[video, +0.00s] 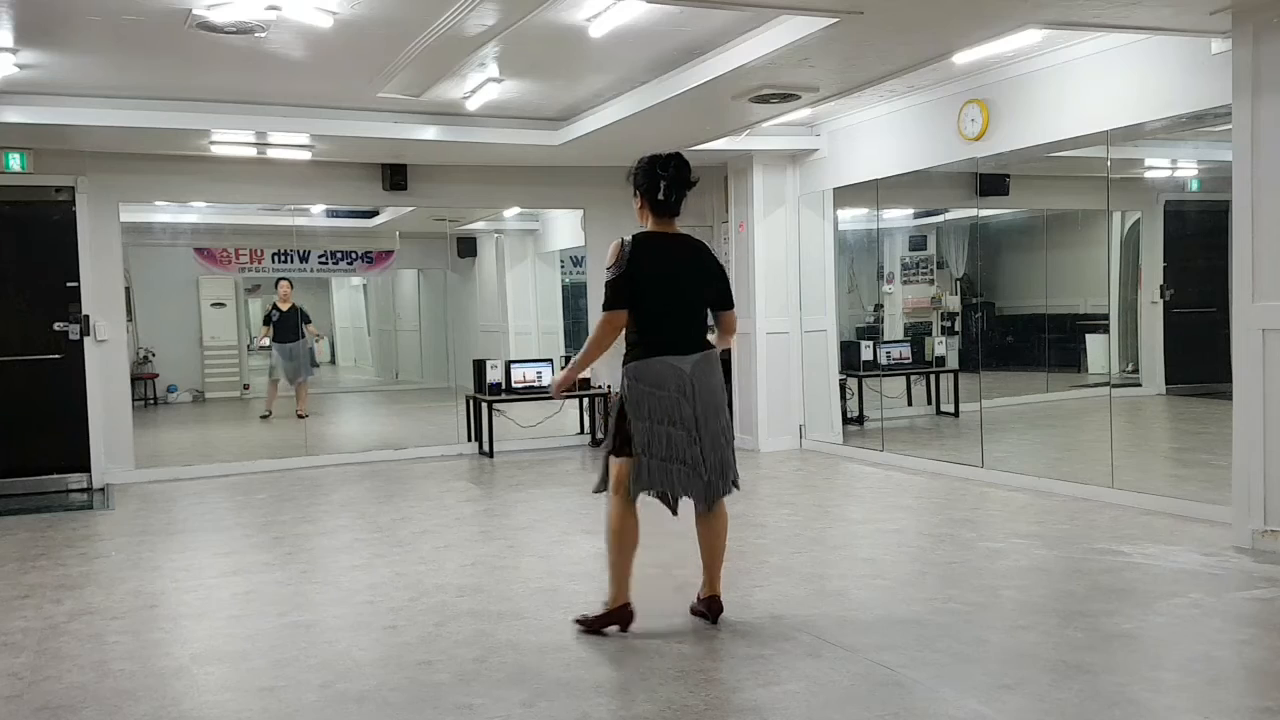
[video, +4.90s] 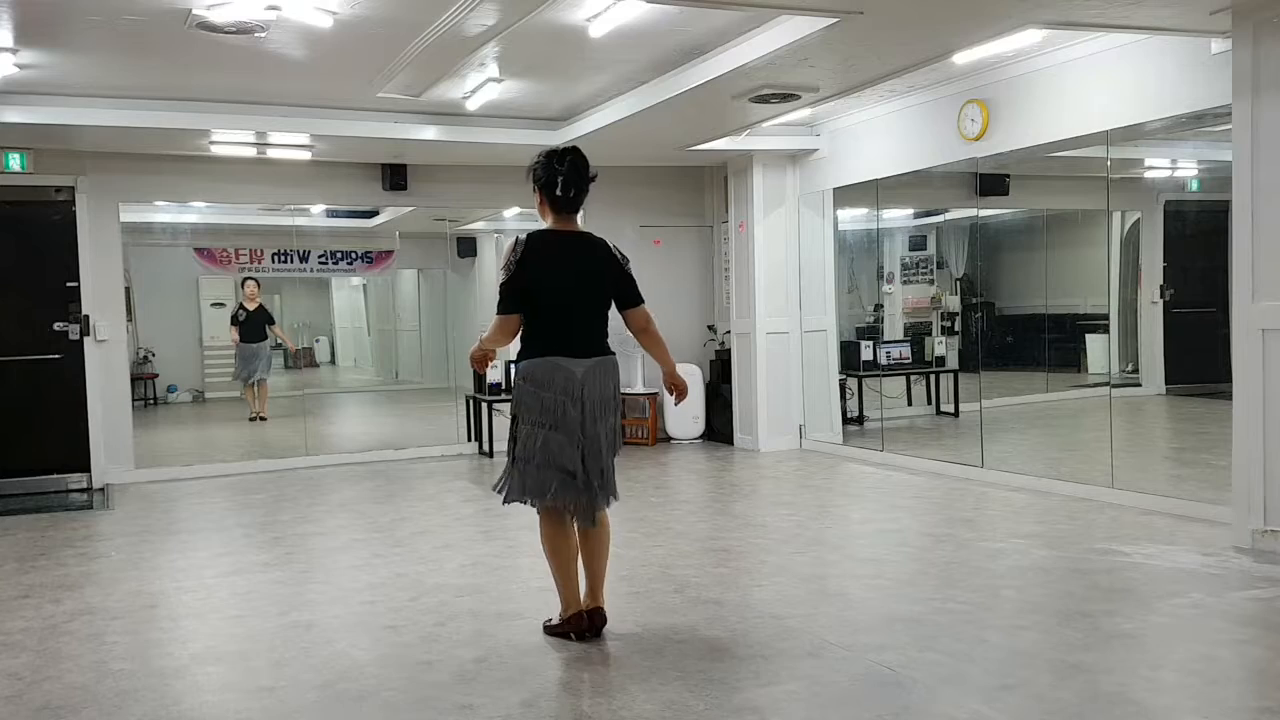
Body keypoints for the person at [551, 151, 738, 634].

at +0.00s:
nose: (634, 204)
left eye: (634, 197)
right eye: (638, 197)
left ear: (640, 202)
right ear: (681, 201)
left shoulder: (630, 254)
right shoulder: (703, 255)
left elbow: (613, 323)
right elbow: (728, 326)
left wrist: (574, 370)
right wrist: (715, 342)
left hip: (646, 377)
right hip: (703, 375)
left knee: (622, 489)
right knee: (709, 485)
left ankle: (619, 602)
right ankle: (711, 595)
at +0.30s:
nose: (589, 201)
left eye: (590, 194)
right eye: (594, 194)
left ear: (596, 198)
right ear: (638, 199)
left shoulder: (583, 251)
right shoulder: (657, 253)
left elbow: (559, 314)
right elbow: (692, 312)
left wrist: (508, 346)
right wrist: (718, 348)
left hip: (598, 375)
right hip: (654, 372)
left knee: (591, 492)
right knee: (675, 481)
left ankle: (587, 611)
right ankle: (704, 586)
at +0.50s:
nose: (561, 200)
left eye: (561, 194)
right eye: (564, 194)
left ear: (567, 197)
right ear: (611, 198)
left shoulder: (551, 249)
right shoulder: (629, 252)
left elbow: (520, 318)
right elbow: (670, 317)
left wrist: (479, 342)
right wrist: (708, 364)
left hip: (570, 375)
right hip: (626, 374)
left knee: (577, 493)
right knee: (638, 486)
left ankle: (585, 611)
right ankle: (666, 589)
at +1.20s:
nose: (527, 210)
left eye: (526, 205)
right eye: (532, 204)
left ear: (529, 209)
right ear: (574, 207)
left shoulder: (521, 261)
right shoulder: (595, 261)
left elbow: (508, 328)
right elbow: (630, 326)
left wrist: (479, 376)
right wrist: (651, 377)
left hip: (537, 382)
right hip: (594, 379)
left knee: (523, 488)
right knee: (600, 491)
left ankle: (513, 583)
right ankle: (603, 602)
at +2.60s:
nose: (551, 217)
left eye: (551, 212)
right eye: (554, 211)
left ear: (556, 215)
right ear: (594, 212)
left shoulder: (552, 261)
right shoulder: (614, 259)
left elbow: (526, 324)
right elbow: (652, 316)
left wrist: (483, 332)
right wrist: (673, 360)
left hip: (568, 370)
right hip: (619, 367)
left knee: (558, 469)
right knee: (624, 465)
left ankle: (563, 569)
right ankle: (633, 562)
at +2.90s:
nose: (568, 215)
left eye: (568, 209)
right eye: (572, 208)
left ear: (573, 213)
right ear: (610, 212)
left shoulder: (561, 261)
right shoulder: (630, 259)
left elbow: (535, 322)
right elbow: (663, 318)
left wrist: (524, 307)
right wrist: (688, 363)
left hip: (579, 367)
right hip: (629, 365)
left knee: (592, 476)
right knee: (630, 470)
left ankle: (611, 568)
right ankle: (634, 561)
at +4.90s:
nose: (536, 198)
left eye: (536, 192)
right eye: (541, 191)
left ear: (540, 197)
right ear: (585, 196)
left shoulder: (525, 252)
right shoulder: (605, 253)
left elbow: (508, 323)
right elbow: (640, 322)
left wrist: (485, 348)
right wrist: (670, 368)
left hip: (544, 378)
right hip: (600, 377)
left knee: (552, 498)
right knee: (593, 495)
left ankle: (572, 611)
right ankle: (594, 604)